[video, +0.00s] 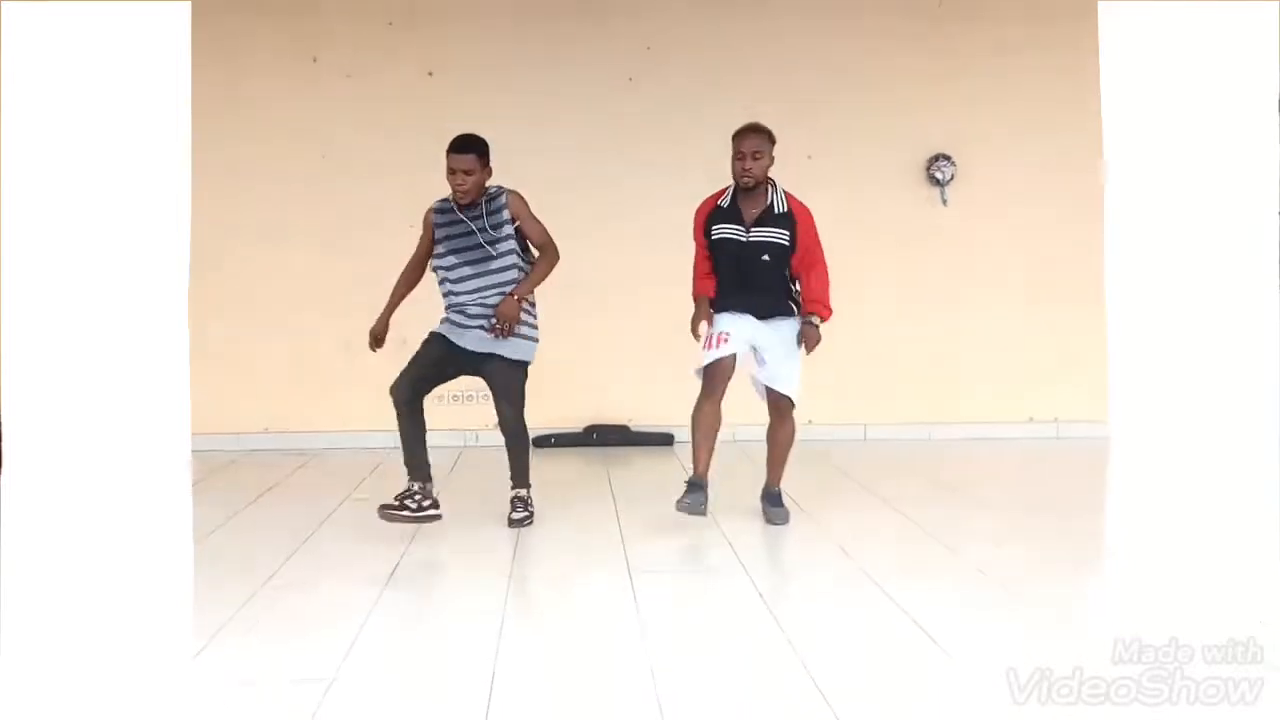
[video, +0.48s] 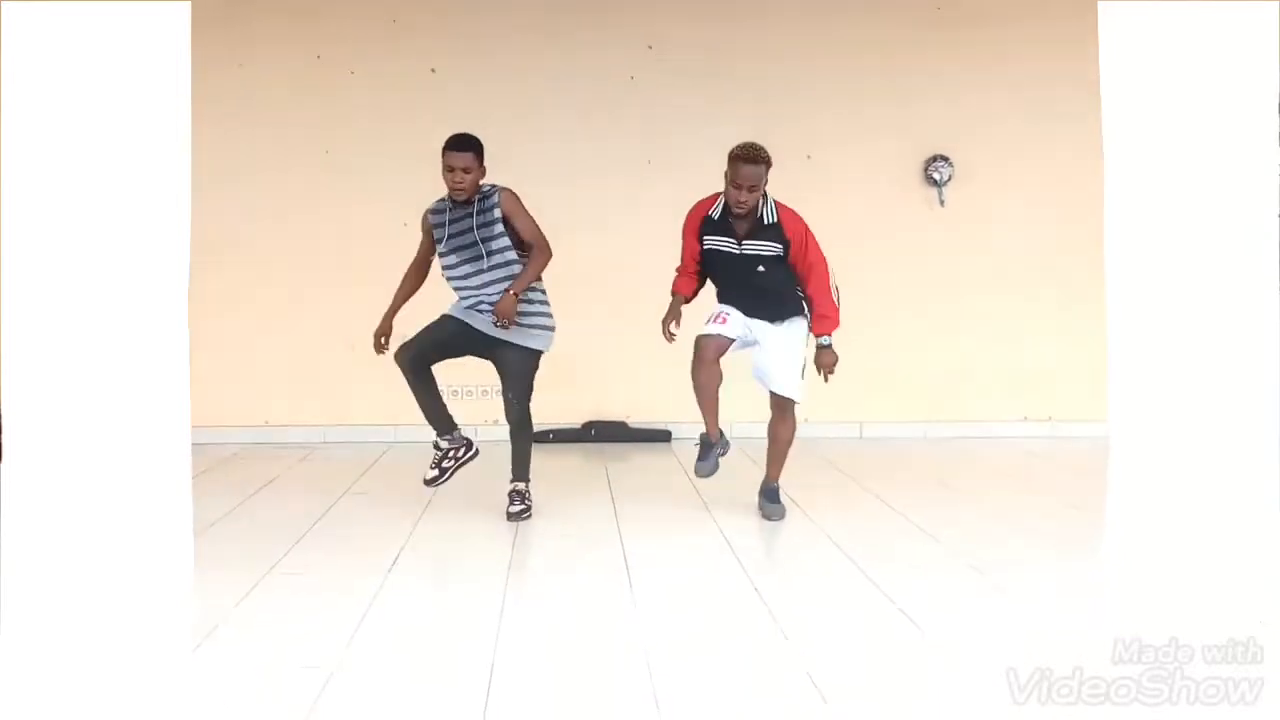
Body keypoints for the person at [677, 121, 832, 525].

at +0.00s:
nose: (745, 163)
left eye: (755, 156)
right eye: (739, 155)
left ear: (771, 161)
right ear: (731, 159)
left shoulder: (794, 212)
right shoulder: (711, 210)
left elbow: (812, 264)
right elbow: (703, 261)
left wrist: (813, 316)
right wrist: (702, 302)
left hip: (780, 318)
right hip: (729, 314)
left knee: (782, 405)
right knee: (714, 380)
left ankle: (773, 490)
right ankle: (698, 482)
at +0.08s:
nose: (754, 162)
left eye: (763, 155)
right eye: (747, 154)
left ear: (779, 159)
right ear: (739, 157)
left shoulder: (802, 210)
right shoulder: (717, 209)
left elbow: (832, 256)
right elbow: (706, 263)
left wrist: (824, 284)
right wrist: (704, 307)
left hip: (783, 326)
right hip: (731, 324)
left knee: (786, 408)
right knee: (714, 402)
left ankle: (774, 491)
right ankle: (694, 494)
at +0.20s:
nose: (766, 158)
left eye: (776, 151)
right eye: (760, 149)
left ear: (788, 152)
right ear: (749, 146)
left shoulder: (808, 199)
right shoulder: (724, 194)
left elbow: (823, 248)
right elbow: (707, 248)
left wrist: (828, 293)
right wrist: (693, 296)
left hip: (782, 317)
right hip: (729, 313)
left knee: (786, 402)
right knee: (709, 399)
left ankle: (777, 486)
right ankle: (729, 461)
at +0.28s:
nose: (766, 163)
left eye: (775, 155)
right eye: (759, 153)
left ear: (788, 154)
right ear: (749, 150)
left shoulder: (805, 199)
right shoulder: (725, 195)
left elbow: (817, 258)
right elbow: (705, 253)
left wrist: (821, 316)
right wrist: (682, 298)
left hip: (781, 318)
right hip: (729, 315)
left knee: (783, 406)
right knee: (720, 403)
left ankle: (776, 487)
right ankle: (725, 475)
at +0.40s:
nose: (748, 180)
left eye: (757, 173)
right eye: (742, 170)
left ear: (771, 169)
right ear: (731, 164)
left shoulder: (797, 212)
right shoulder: (711, 207)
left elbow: (813, 270)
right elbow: (696, 259)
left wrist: (817, 329)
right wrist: (676, 292)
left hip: (785, 316)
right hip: (733, 311)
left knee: (783, 403)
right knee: (698, 362)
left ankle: (771, 486)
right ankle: (719, 441)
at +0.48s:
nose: (742, 197)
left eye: (752, 189)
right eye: (736, 186)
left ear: (764, 185)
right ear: (725, 180)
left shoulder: (787, 223)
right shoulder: (702, 217)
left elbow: (817, 277)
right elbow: (691, 265)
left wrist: (824, 341)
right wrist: (677, 301)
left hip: (785, 317)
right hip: (734, 309)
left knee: (783, 401)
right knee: (704, 351)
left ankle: (771, 487)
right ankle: (713, 437)